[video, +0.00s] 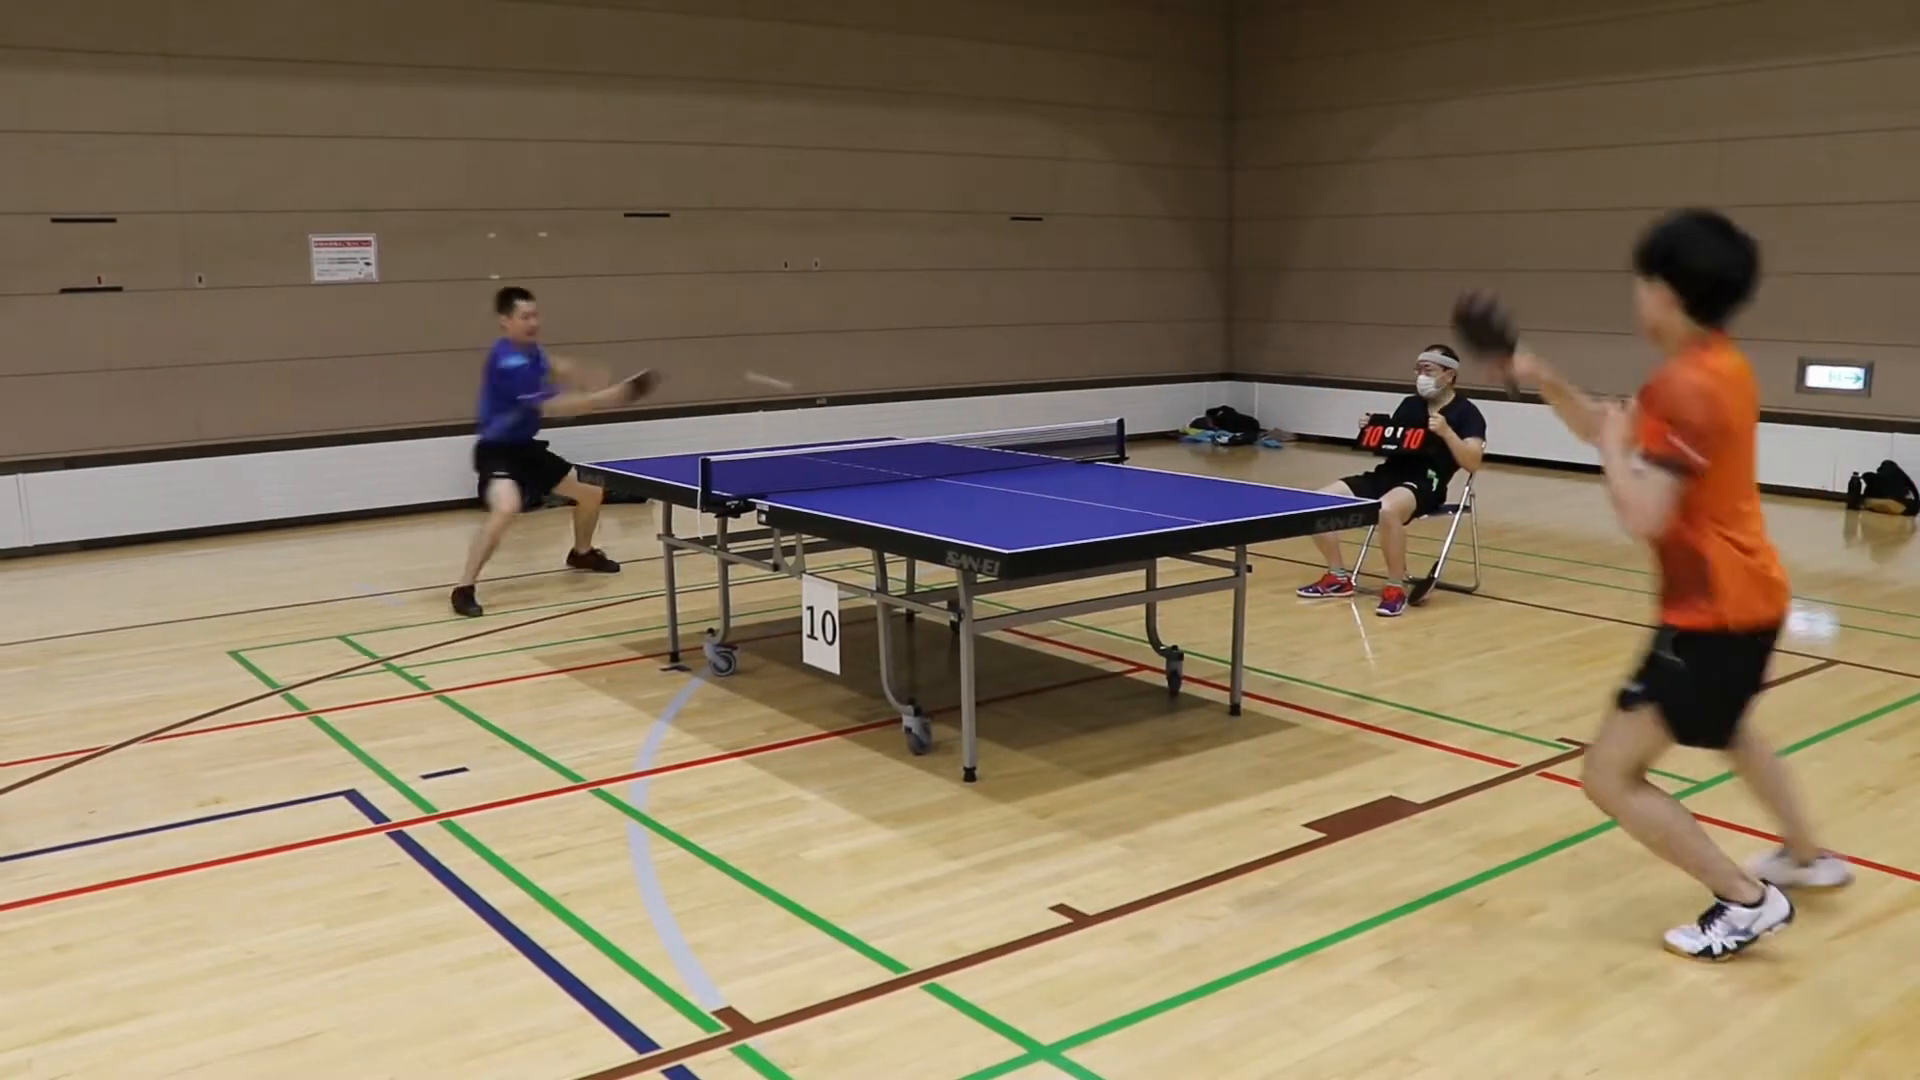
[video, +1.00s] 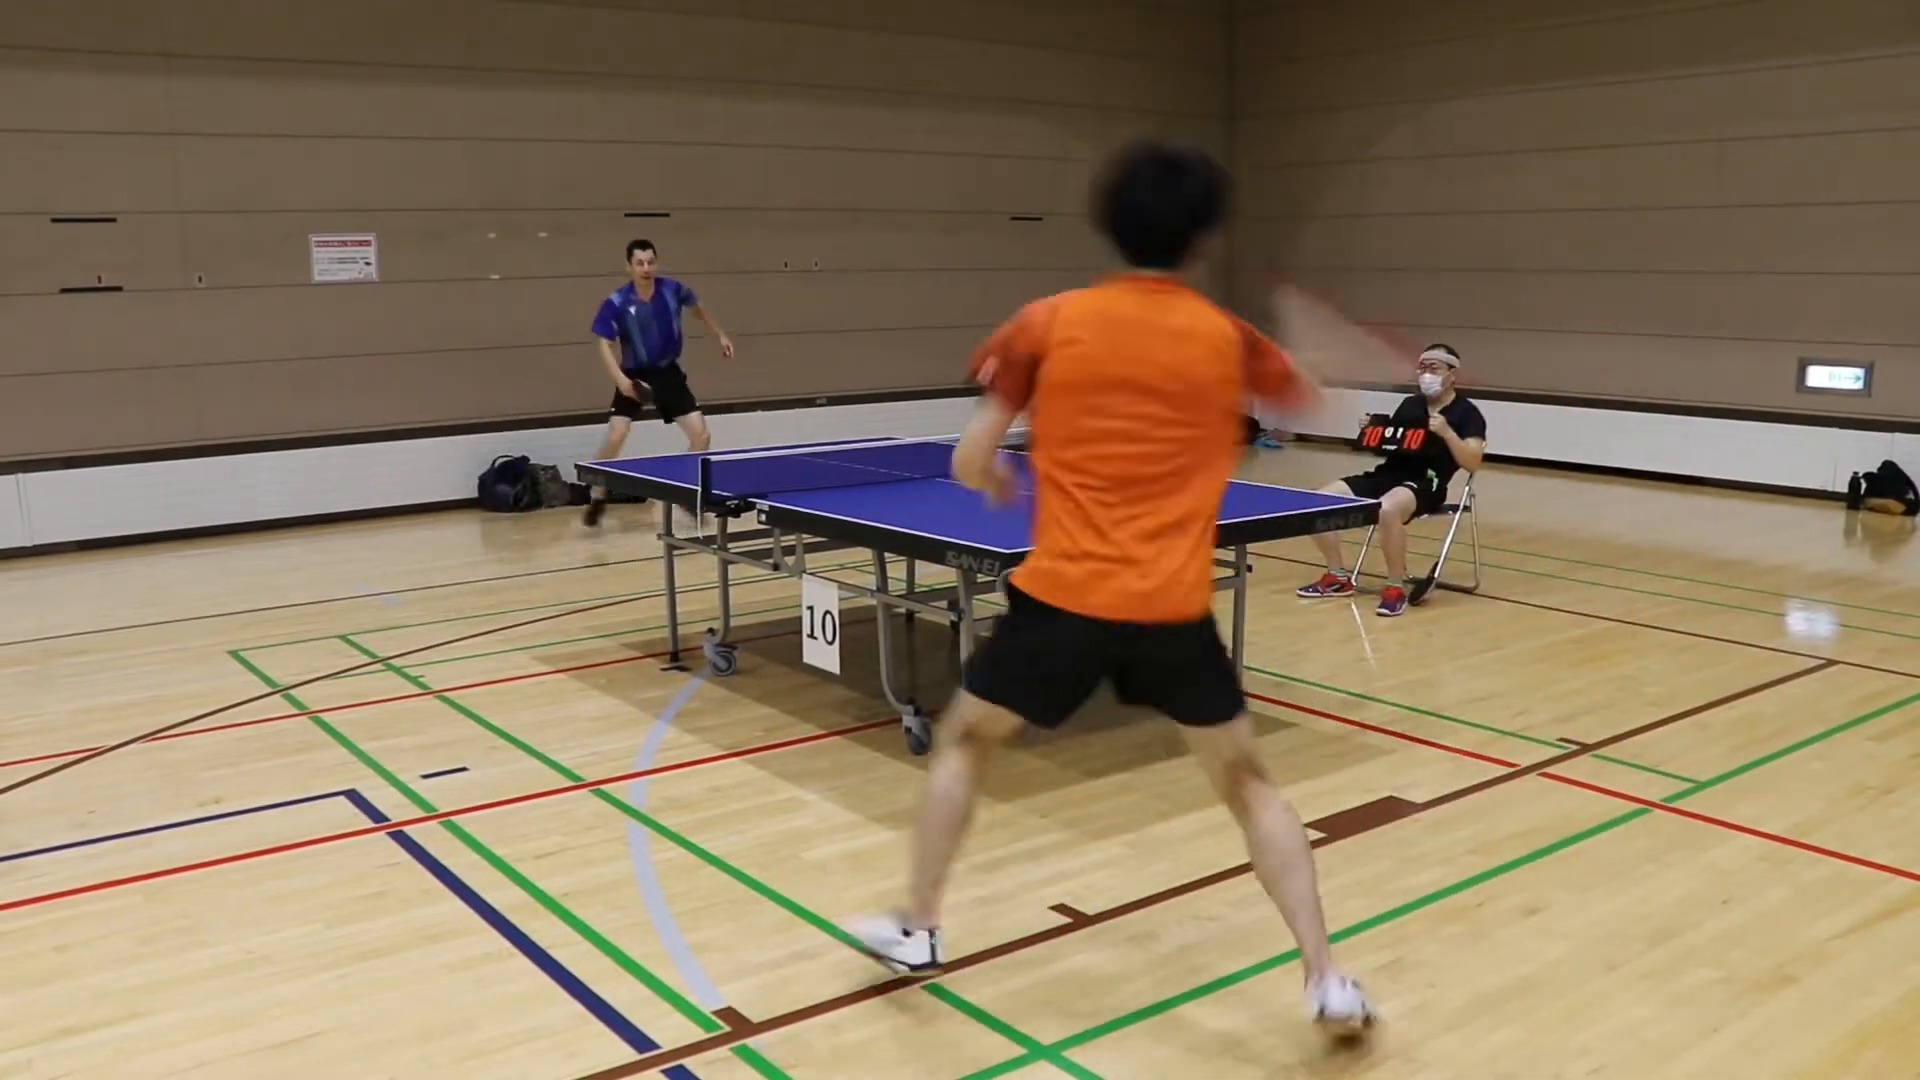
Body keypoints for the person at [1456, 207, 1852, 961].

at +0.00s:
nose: (1638, 296)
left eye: (1646, 283)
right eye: (1642, 281)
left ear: (1675, 295)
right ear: (1705, 296)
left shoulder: (1688, 383)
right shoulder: (1722, 366)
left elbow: (1645, 515)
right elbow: (1614, 433)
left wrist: (1614, 446)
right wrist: (1543, 383)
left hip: (1709, 615)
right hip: (1748, 602)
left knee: (1608, 775)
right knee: (1726, 724)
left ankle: (1745, 898)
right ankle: (1807, 853)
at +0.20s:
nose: (1549, 278)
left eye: (1555, 263)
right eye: (1551, 263)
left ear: (1583, 271)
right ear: (1641, 277)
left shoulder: (1549, 352)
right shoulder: (1684, 381)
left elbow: (1475, 483)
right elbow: (1670, 514)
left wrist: (1523, 485)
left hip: (1538, 613)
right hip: (1630, 623)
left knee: (1432, 758)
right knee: (1587, 766)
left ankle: (1498, 913)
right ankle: (1592, 939)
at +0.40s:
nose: (1438, 341)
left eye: (1445, 330)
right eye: (1447, 329)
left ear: (1455, 344)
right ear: (1533, 361)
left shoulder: (1387, 417)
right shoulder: (1553, 465)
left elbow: (1314, 523)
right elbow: (1572, 624)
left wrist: (1379, 554)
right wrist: (1547, 694)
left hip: (1356, 677)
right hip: (1466, 698)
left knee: (1255, 847)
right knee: (1521, 797)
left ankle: (1178, 1037)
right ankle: (1580, 979)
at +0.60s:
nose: (1381, 315)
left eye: (1385, 302)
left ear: (1383, 312)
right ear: (1471, 337)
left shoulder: (1322, 376)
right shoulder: (1454, 431)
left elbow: (1280, 479)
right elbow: (1439, 602)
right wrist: (1464, 693)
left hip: (1226, 624)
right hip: (1332, 653)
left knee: (1175, 791)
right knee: (1410, 789)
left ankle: (1135, 958)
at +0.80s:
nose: (1412, 340)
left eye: (1407, 325)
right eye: (1409, 328)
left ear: (1314, 315)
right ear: (1391, 342)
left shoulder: (1260, 382)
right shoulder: (1337, 431)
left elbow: (1252, 497)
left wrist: (1364, 513)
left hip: (1137, 641)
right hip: (1231, 669)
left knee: (1088, 799)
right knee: (1355, 811)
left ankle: (961, 944)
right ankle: (1340, 1023)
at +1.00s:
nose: (1219, 240)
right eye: (1213, 228)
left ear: (1113, 229)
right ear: (1203, 240)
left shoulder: (1052, 323)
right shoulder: (1223, 339)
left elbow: (970, 462)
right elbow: (1316, 412)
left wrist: (1003, 482)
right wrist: (1306, 330)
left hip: (1059, 608)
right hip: (1171, 616)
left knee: (963, 738)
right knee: (1245, 778)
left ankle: (918, 925)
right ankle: (1324, 976)